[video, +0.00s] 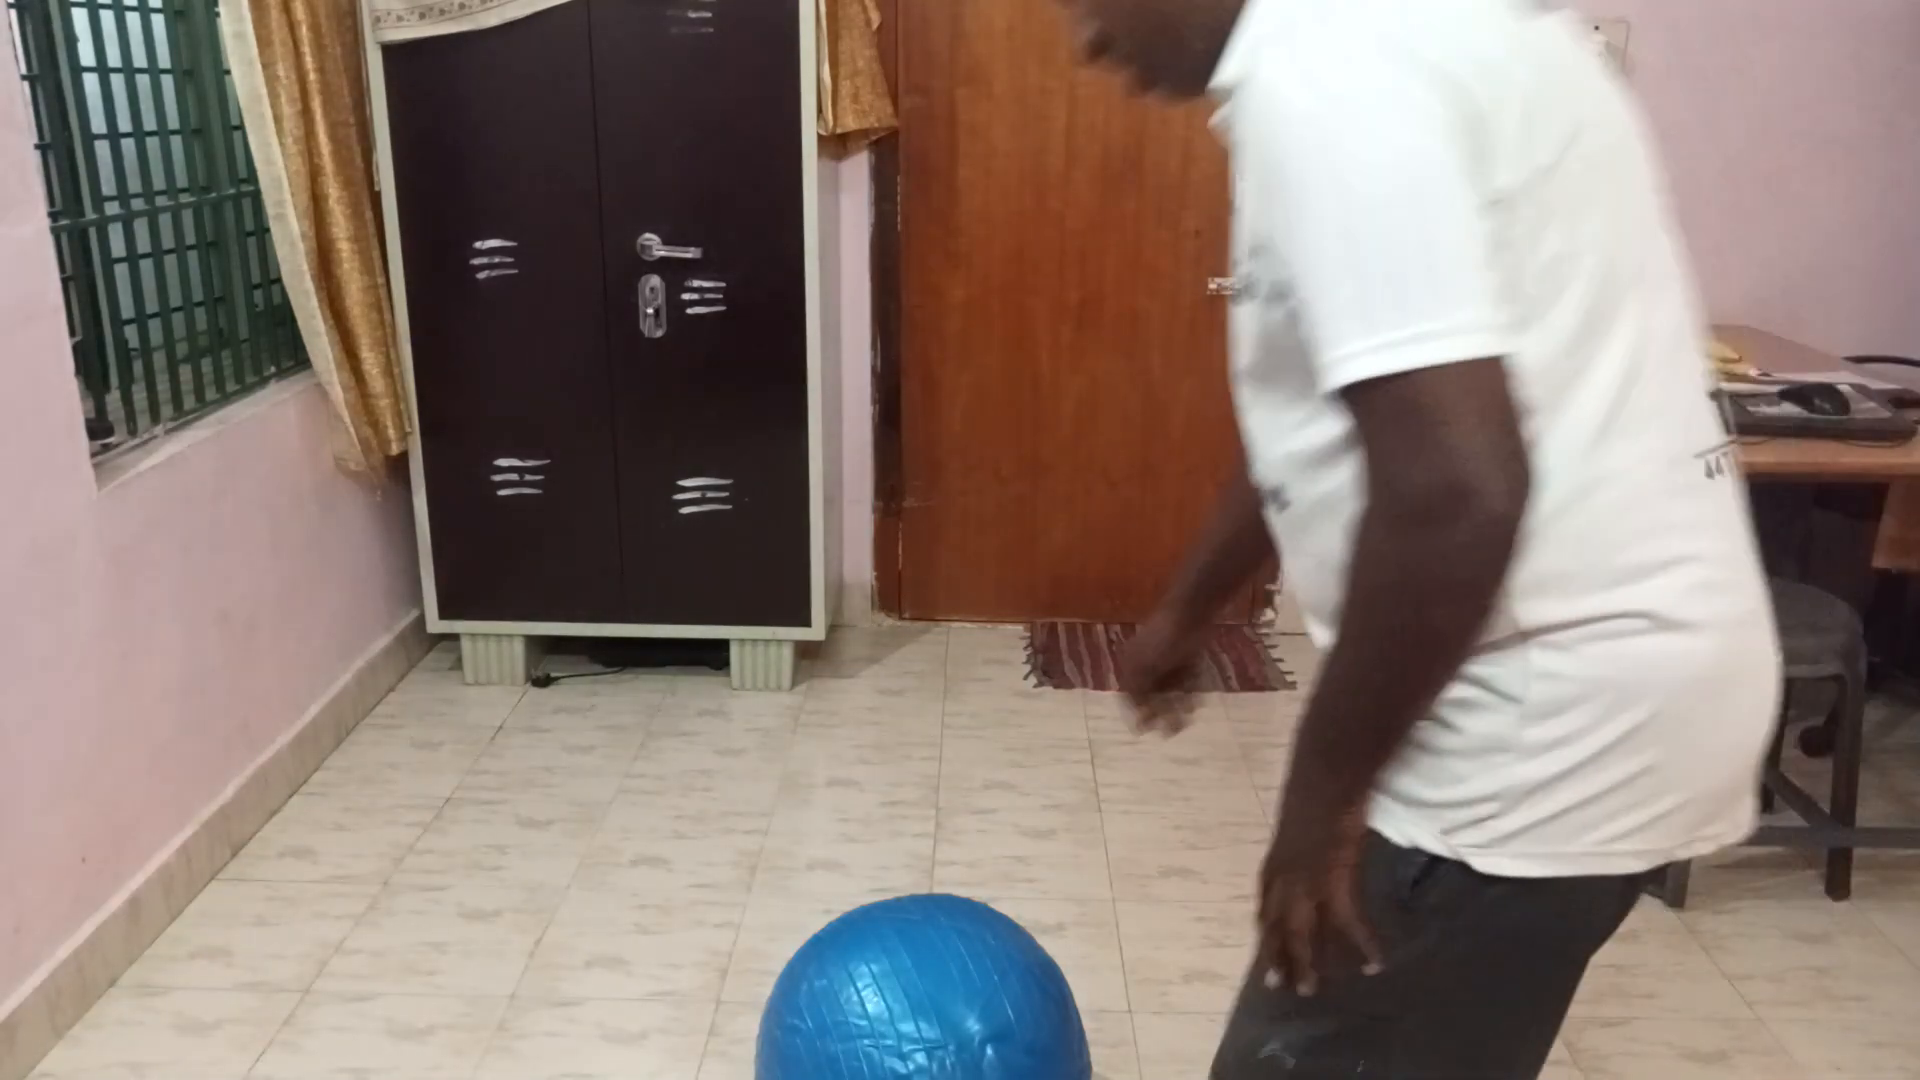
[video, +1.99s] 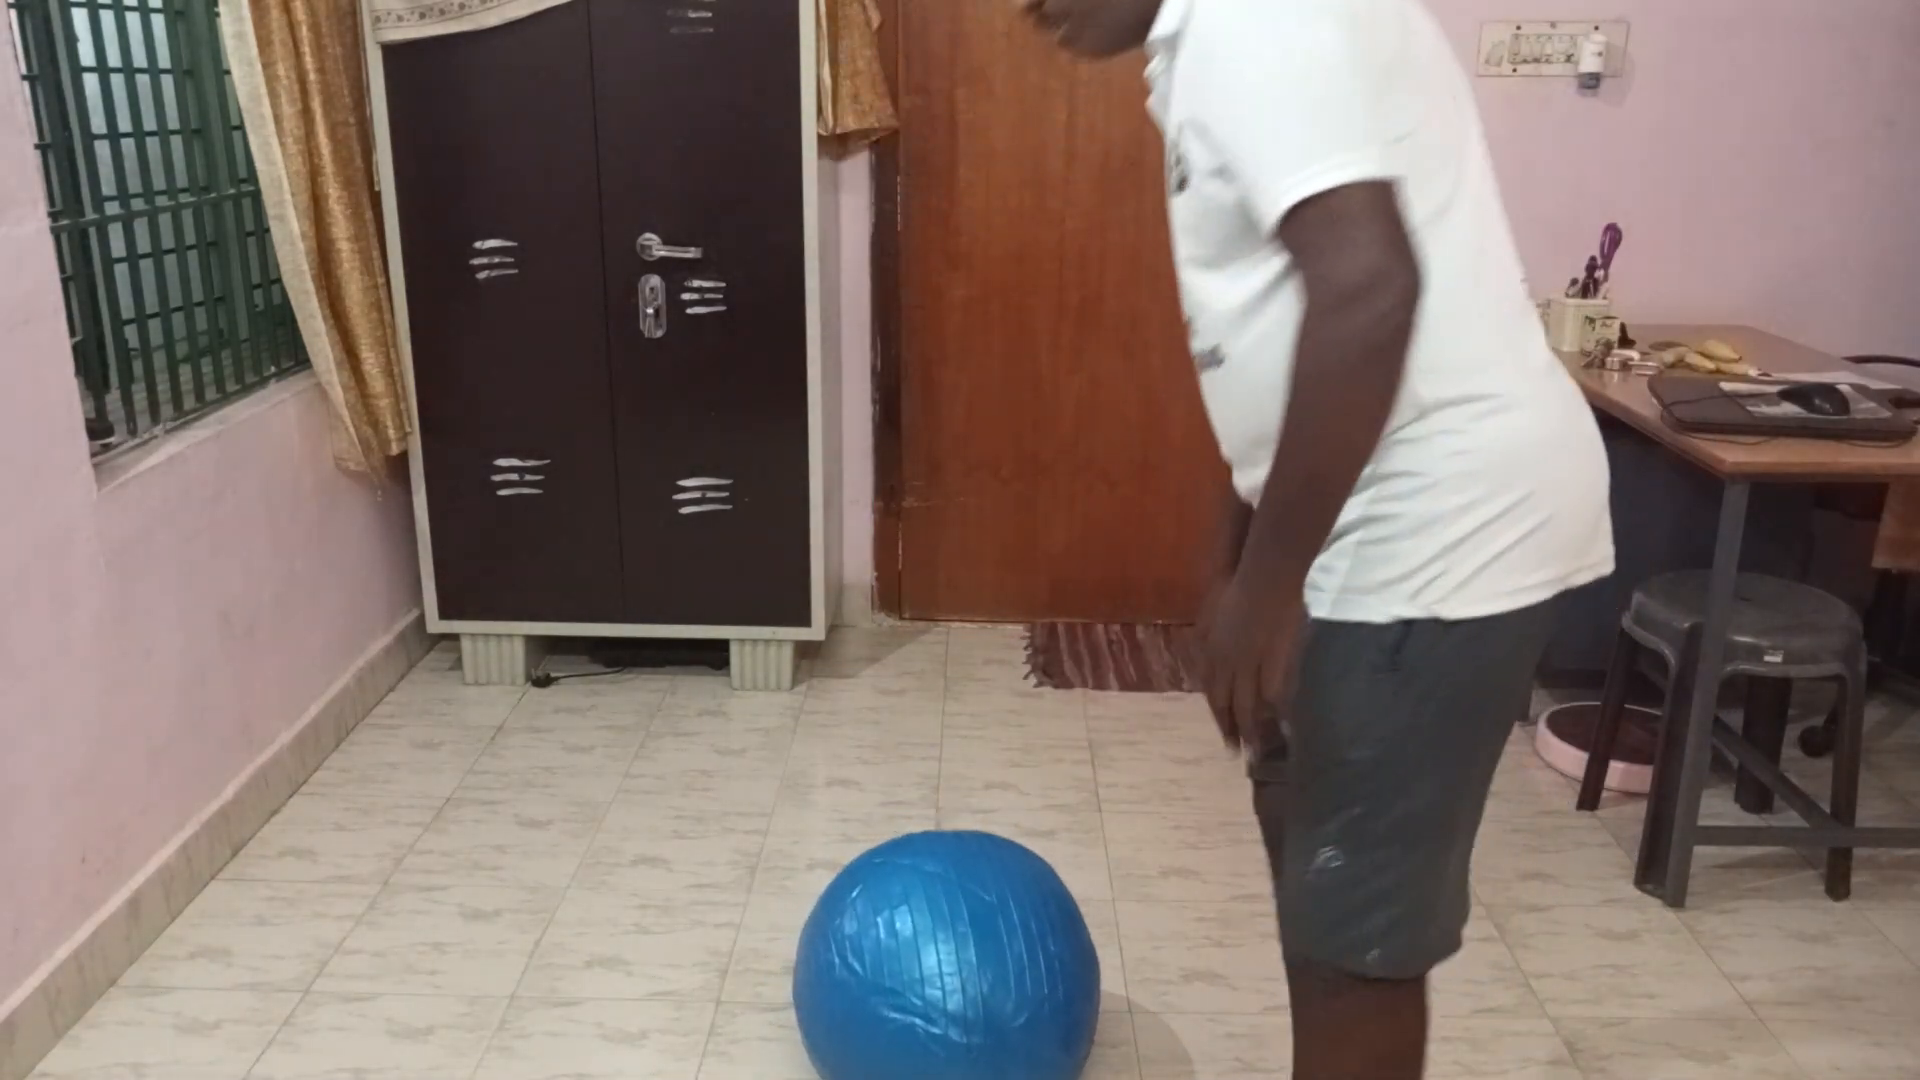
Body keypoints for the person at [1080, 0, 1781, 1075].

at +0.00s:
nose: (1085, 41)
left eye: (1087, 6)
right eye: (1078, 15)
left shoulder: (1323, 64)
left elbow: (1453, 489)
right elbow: (1326, 402)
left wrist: (1320, 802)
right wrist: (1185, 611)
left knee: (1290, 1060)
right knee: (1400, 1053)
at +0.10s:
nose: (999, 106)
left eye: (987, 59)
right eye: (974, 73)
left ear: (1070, 8)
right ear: (1075, 9)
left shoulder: (1235, 98)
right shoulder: (1312, 42)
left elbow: (1387, 500)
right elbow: (1258, 433)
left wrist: (1293, 818)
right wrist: (1119, 648)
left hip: (1514, 729)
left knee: (1268, 1056)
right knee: (1396, 1057)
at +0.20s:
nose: (934, 194)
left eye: (919, 149)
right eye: (905, 165)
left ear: (990, 76)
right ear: (1000, 65)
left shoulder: (1164, 137)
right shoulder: (1209, 93)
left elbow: (1355, 499)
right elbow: (1169, 469)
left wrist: (1297, 809)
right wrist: (1066, 684)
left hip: (1513, 706)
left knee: (1268, 1048)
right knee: (1390, 1049)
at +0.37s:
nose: (878, 337)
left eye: (859, 292)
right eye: (854, 306)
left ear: (913, 227)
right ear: (925, 219)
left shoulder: (1089, 224)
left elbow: (1343, 480)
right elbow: (1090, 566)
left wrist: (1319, 795)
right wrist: (999, 776)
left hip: (1532, 655)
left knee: (1284, 1042)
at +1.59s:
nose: (891, 265)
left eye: (876, 222)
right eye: (871, 235)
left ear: (931, 160)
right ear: (936, 154)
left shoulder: (1057, 179)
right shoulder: (1121, 144)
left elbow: (1235, 415)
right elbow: (1160, 477)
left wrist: (1275, 719)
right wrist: (1048, 681)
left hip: (1454, 562)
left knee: (1304, 986)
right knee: (1323, 974)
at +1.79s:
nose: (949, 112)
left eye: (947, 66)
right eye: (931, 86)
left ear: (1023, 9)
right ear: (1037, 9)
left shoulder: (1133, 74)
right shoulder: (1199, 46)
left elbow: (1258, 359)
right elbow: (1233, 388)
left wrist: (1254, 669)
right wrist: (1157, 622)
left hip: (1422, 561)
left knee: (1305, 979)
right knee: (1327, 969)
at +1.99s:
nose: (1038, 13)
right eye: (1032, 5)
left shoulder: (1258, 26)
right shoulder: (1213, 36)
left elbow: (1366, 284)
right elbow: (1280, 312)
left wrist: (1268, 583)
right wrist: (1238, 558)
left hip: (1435, 536)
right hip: (1374, 526)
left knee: (1353, 931)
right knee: (1307, 835)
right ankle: (1341, 1059)